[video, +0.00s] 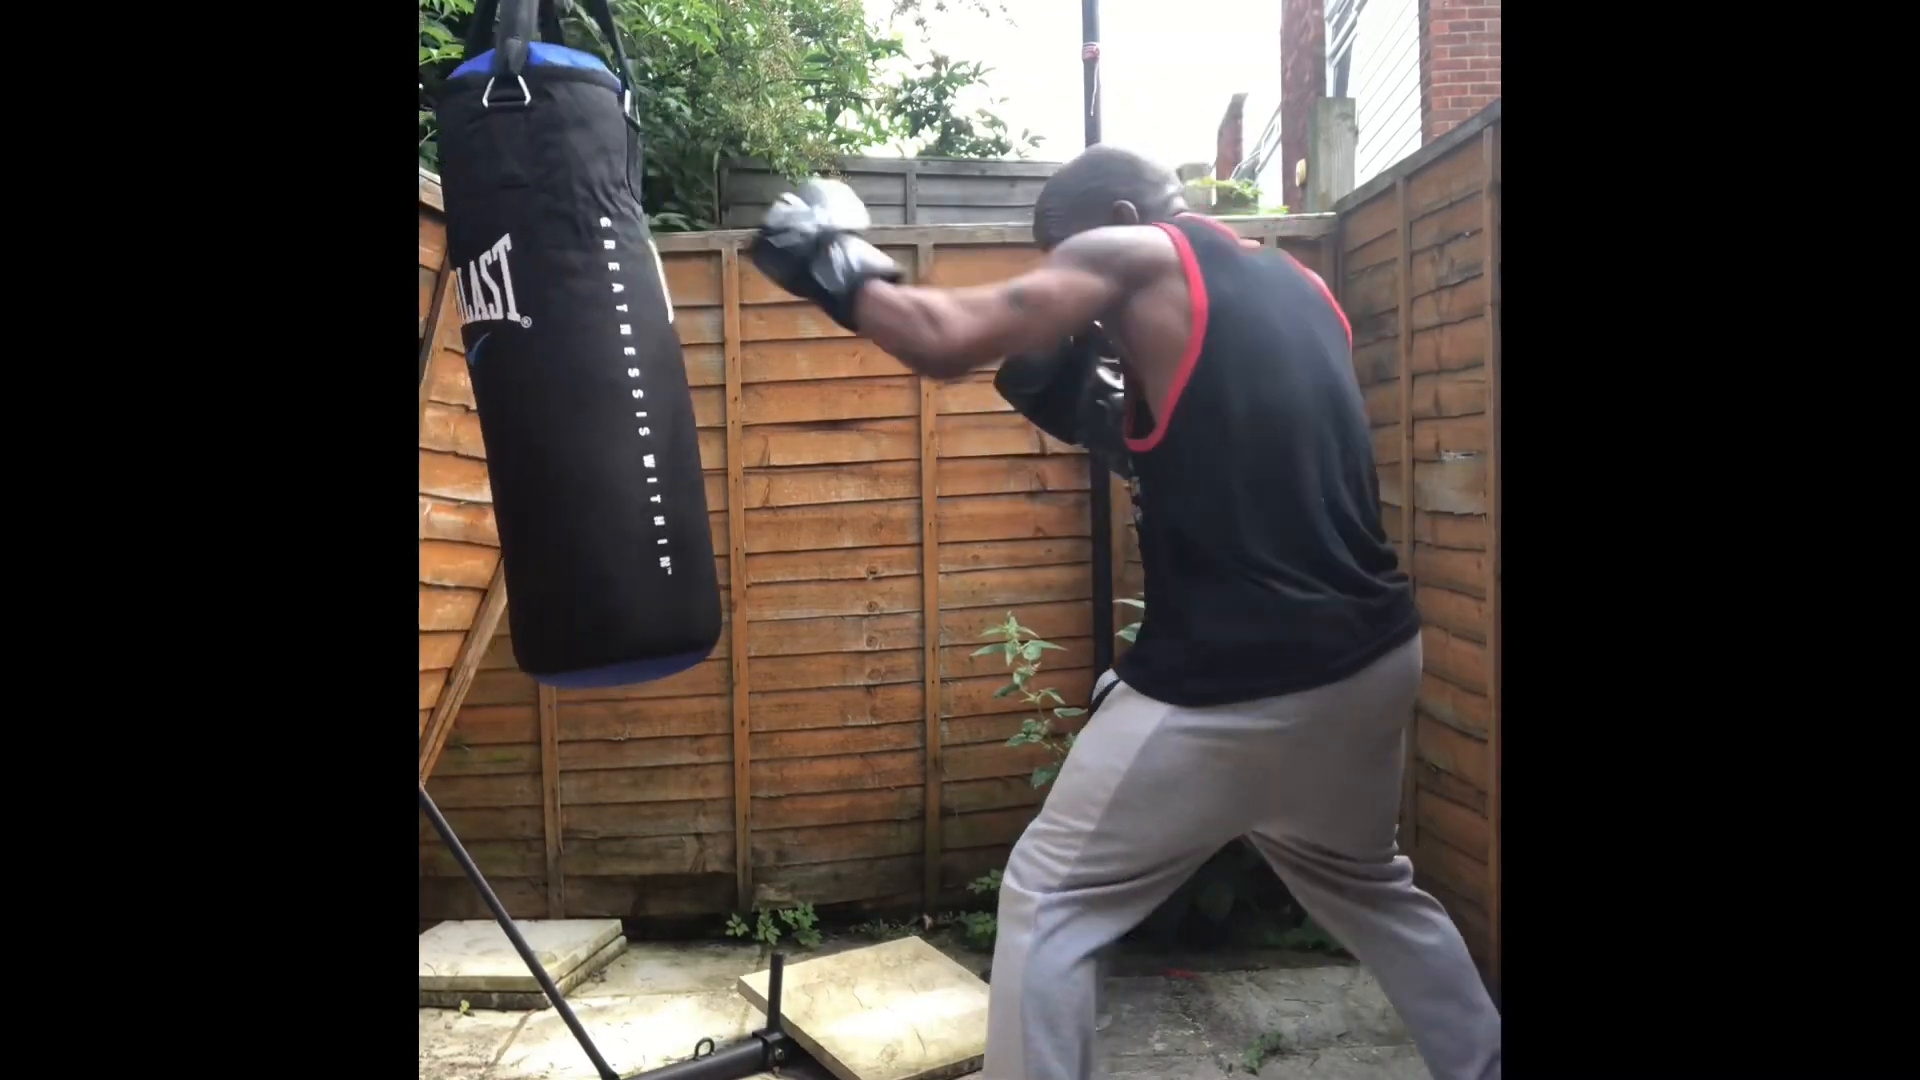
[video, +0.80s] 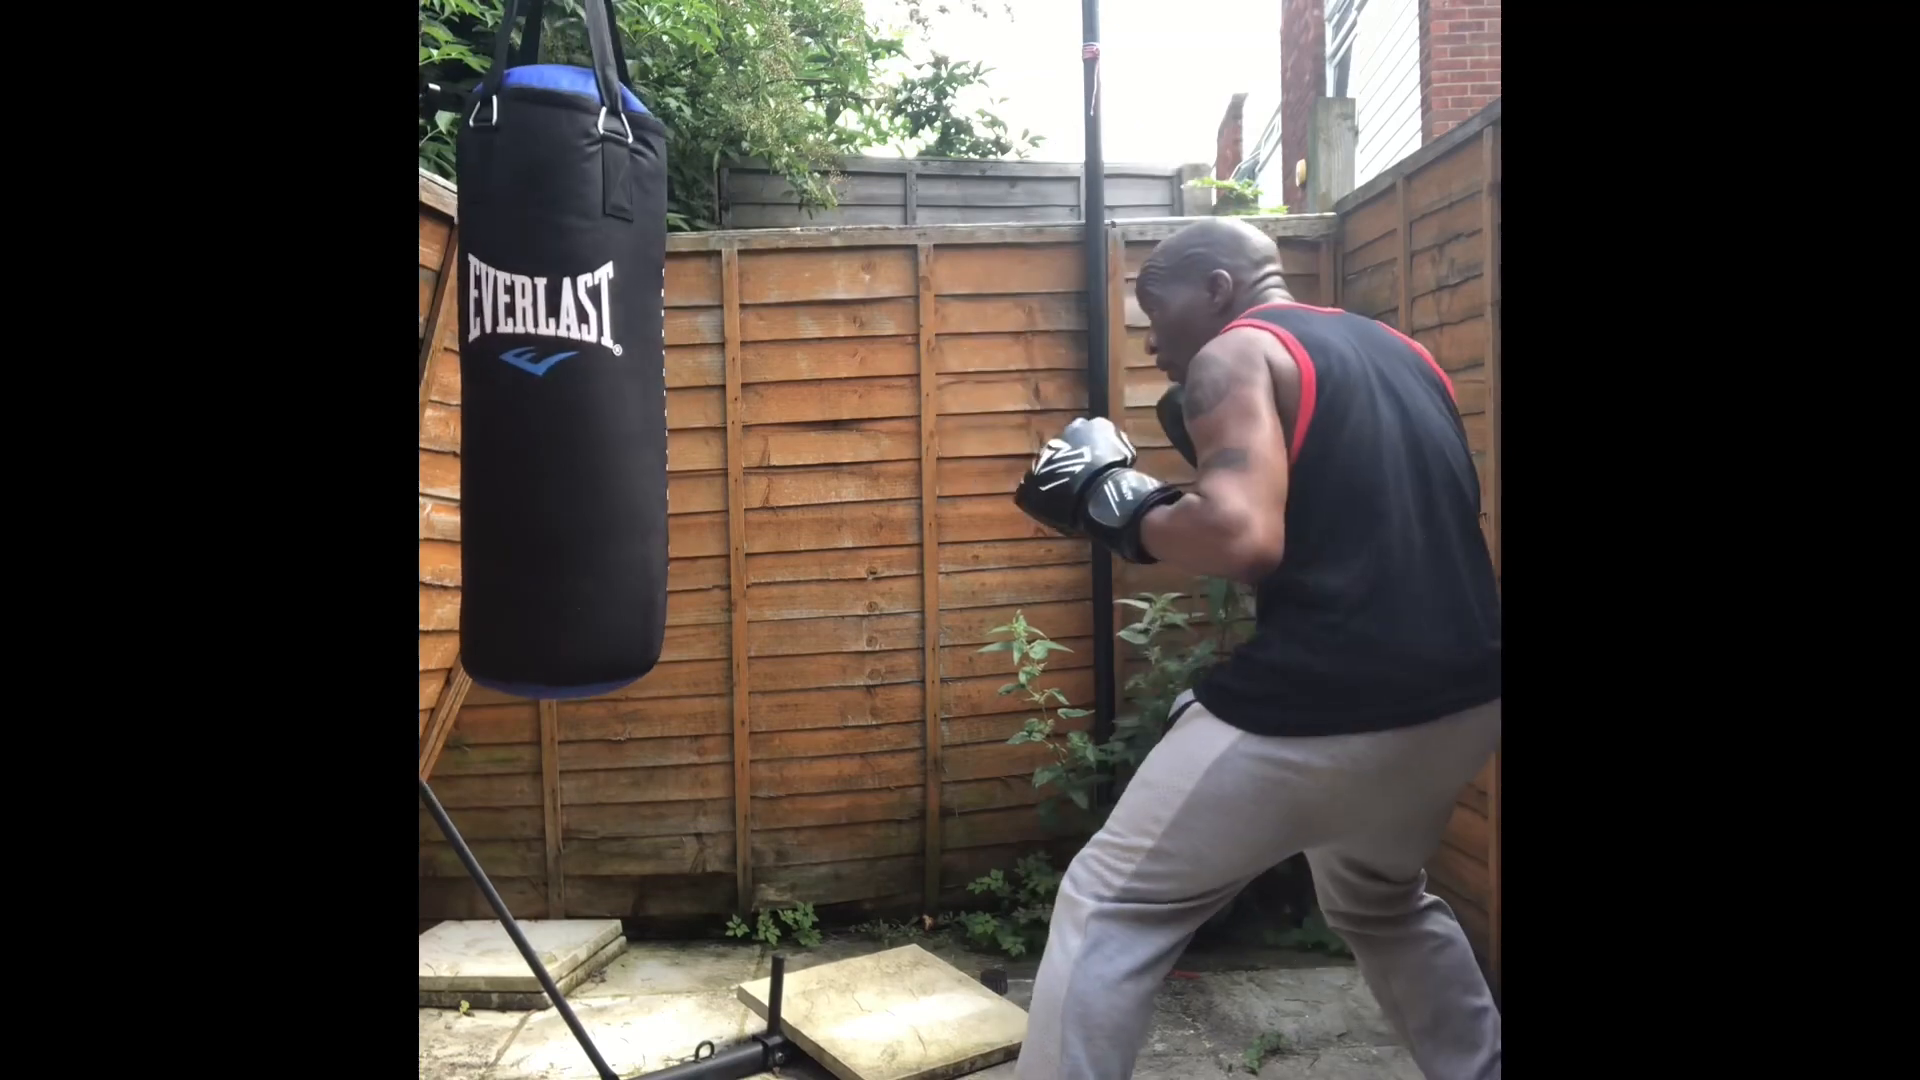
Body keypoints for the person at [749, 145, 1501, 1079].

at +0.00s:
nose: (1055, 273)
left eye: (1060, 253)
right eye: (1055, 256)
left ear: (1102, 226)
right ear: (1171, 204)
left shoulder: (1129, 249)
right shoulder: (1300, 283)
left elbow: (940, 335)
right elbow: (1234, 460)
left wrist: (833, 265)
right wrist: (1095, 415)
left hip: (1218, 675)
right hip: (1371, 655)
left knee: (1048, 900)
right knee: (1365, 877)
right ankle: (1480, 1056)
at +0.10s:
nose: (1056, 262)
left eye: (1061, 233)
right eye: (1049, 240)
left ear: (1129, 210)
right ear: (1156, 210)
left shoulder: (1175, 278)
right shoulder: (1261, 277)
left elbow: (1065, 471)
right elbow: (1167, 432)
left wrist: (968, 345)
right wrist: (1050, 366)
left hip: (1234, 676)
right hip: (1351, 654)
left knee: (1049, 895)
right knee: (1333, 887)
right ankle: (1470, 1065)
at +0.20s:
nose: (1054, 247)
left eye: (1060, 217)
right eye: (1045, 226)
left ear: (1134, 193)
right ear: (1138, 200)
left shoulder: (1240, 307)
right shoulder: (1165, 314)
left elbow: (1151, 523)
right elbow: (1133, 490)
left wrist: (1058, 373)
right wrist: (1003, 458)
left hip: (1253, 673)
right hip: (1302, 662)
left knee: (1062, 895)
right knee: (1318, 895)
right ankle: (1472, 1067)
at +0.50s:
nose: (1060, 241)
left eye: (1069, 214)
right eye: (1054, 219)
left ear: (1150, 200)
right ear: (1161, 205)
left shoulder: (1219, 297)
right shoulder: (1232, 283)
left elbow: (1272, 509)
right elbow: (1160, 483)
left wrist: (1096, 483)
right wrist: (1093, 342)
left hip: (1256, 680)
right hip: (1340, 662)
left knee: (1083, 901)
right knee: (1326, 883)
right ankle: (1473, 1062)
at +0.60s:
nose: (1090, 268)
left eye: (1102, 238)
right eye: (1086, 242)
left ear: (1175, 227)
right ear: (1194, 229)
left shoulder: (1210, 307)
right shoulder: (1320, 294)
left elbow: (1259, 494)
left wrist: (1084, 473)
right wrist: (1152, 376)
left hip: (1270, 681)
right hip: (1403, 657)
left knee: (1101, 905)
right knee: (1359, 885)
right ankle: (1475, 1066)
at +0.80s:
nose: (1147, 332)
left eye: (1153, 305)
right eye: (1143, 308)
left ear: (1219, 288)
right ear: (1250, 288)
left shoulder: (1235, 354)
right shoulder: (1404, 349)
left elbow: (1242, 534)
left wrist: (1114, 497)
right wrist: (1219, 447)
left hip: (1316, 698)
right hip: (1463, 689)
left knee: (1110, 901)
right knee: (1381, 896)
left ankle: (1055, 1070)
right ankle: (1478, 1066)